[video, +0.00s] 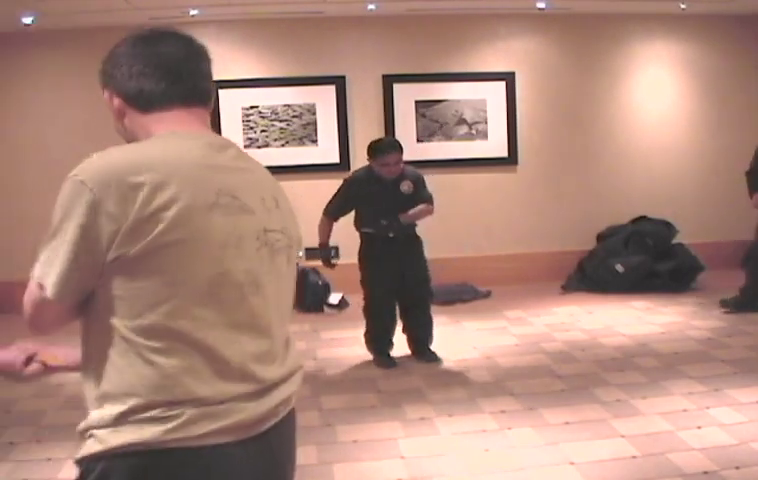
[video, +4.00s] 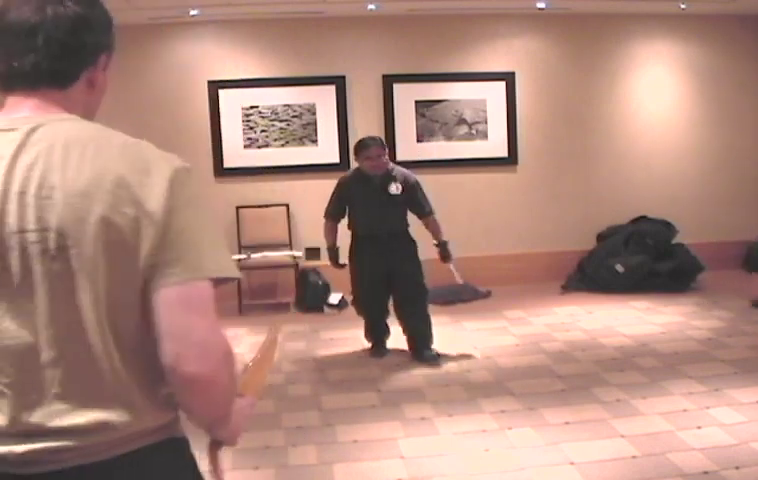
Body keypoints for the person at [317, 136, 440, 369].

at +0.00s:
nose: (392, 170)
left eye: (396, 164)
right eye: (385, 165)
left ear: (402, 160)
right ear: (372, 164)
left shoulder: (412, 178)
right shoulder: (358, 182)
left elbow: (427, 206)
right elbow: (328, 215)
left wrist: (400, 220)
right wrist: (324, 246)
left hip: (407, 244)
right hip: (375, 247)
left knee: (417, 296)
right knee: (379, 300)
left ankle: (421, 346)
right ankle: (380, 350)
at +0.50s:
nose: (399, 171)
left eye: (402, 165)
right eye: (392, 167)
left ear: (408, 160)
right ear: (378, 164)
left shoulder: (418, 178)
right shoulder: (362, 182)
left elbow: (446, 202)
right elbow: (334, 215)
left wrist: (432, 218)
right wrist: (330, 245)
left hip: (412, 246)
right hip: (379, 247)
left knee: (419, 297)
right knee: (380, 301)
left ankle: (421, 346)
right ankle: (381, 350)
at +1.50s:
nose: (403, 167)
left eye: (407, 161)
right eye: (396, 162)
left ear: (414, 157)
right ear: (384, 162)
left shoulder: (427, 179)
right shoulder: (371, 180)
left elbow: (443, 206)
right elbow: (347, 215)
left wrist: (439, 227)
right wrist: (358, 241)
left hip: (417, 248)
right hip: (381, 248)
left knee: (423, 297)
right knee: (380, 300)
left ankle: (421, 346)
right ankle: (379, 349)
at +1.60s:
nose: (403, 166)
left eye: (407, 160)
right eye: (396, 162)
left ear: (415, 157)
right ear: (385, 161)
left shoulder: (430, 179)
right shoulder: (373, 179)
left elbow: (439, 210)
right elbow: (354, 212)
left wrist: (418, 228)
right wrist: (379, 224)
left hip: (416, 244)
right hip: (381, 245)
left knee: (422, 296)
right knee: (378, 297)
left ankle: (421, 345)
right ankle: (379, 348)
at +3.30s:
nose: (415, 175)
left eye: (422, 169)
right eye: (410, 169)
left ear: (434, 167)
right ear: (402, 167)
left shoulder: (443, 191)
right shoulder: (388, 181)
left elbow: (442, 231)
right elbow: (367, 208)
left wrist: (423, 257)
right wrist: (375, 232)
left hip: (422, 252)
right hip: (386, 249)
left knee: (425, 306)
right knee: (371, 298)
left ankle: (423, 358)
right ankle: (366, 337)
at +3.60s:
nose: (406, 166)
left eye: (411, 161)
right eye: (399, 162)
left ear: (421, 162)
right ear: (390, 163)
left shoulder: (431, 186)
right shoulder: (377, 182)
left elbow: (447, 228)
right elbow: (354, 216)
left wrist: (455, 261)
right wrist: (349, 247)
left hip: (415, 251)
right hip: (379, 251)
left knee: (424, 304)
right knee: (371, 300)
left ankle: (423, 357)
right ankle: (374, 339)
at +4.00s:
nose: (377, 162)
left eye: (380, 156)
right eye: (370, 159)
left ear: (387, 154)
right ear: (359, 162)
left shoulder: (404, 179)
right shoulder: (348, 183)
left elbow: (426, 215)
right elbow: (331, 218)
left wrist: (441, 242)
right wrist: (332, 248)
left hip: (400, 245)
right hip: (364, 248)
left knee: (412, 296)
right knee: (369, 299)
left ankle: (421, 345)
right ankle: (378, 339)